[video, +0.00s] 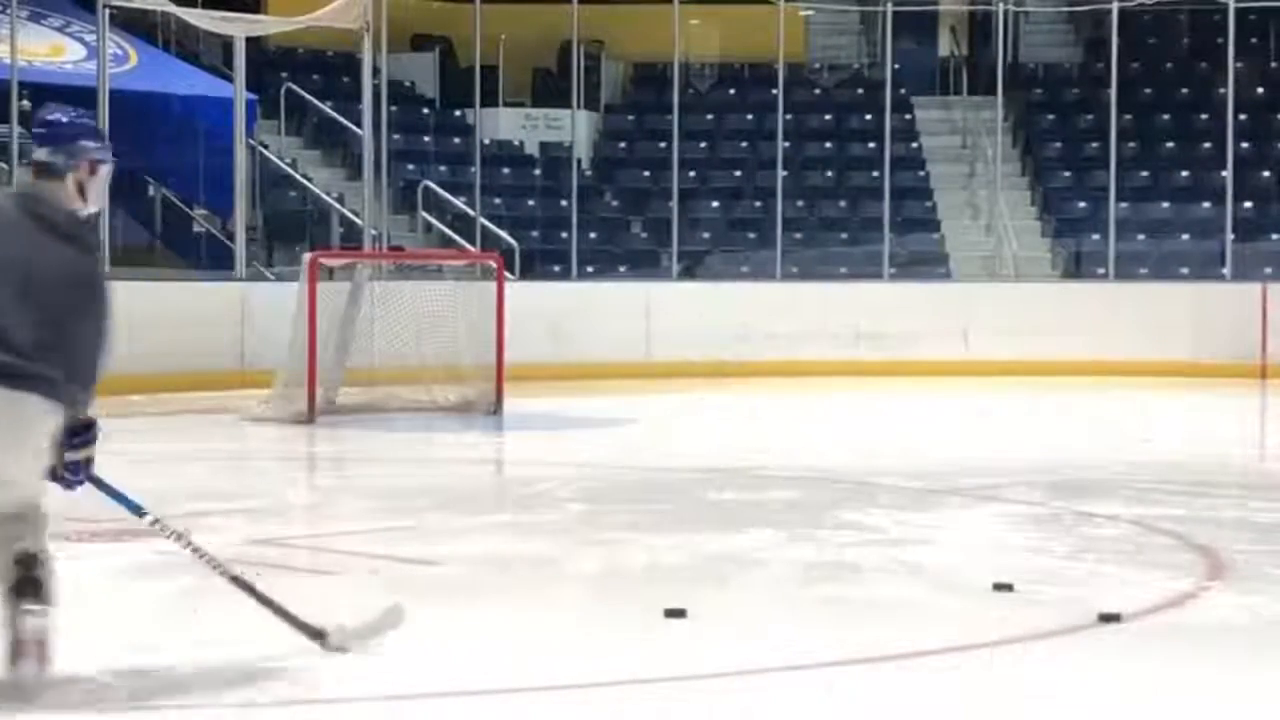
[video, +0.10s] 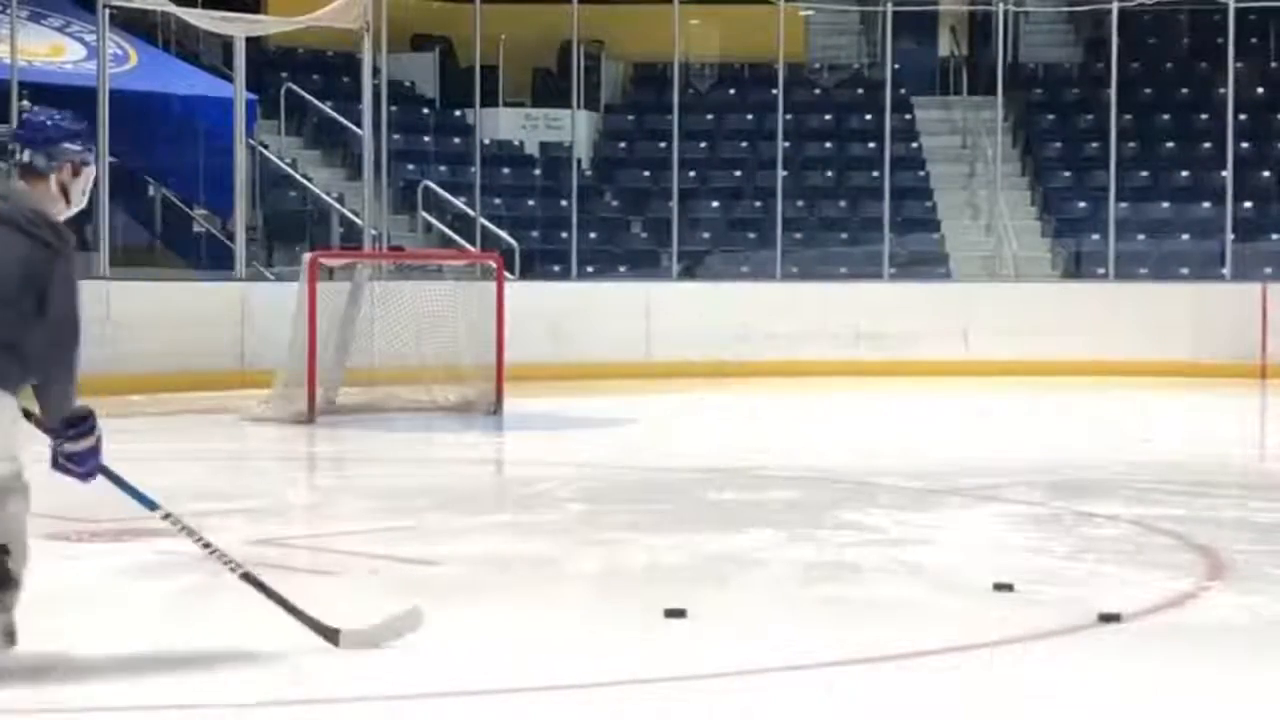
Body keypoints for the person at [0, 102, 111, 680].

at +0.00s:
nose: (104, 184)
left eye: (104, 171)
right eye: (101, 172)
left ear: (39, 166)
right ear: (82, 175)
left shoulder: (7, 213)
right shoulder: (79, 247)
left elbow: (82, 341)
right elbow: (85, 343)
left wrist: (76, 419)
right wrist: (78, 422)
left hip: (10, 389)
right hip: (34, 396)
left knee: (15, 506)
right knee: (20, 505)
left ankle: (24, 594)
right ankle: (27, 589)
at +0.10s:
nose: (87, 184)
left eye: (87, 170)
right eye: (82, 170)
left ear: (29, 165)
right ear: (62, 172)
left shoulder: (19, 226)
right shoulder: (46, 245)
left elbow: (38, 341)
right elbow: (52, 347)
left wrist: (53, 408)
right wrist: (66, 419)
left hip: (10, 387)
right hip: (4, 391)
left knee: (11, 492)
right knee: (10, 490)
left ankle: (8, 618)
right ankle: (5, 620)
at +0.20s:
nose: (82, 194)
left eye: (85, 180)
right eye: (81, 180)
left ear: (25, 166)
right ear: (63, 177)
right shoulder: (34, 249)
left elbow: (44, 355)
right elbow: (46, 358)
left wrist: (74, 419)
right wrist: (78, 421)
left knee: (8, 474)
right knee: (6, 473)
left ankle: (5, 588)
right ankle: (3, 591)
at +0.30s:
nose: (92, 200)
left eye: (95, 188)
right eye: (91, 188)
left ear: (41, 174)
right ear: (74, 187)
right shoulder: (38, 254)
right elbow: (58, 358)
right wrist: (98, 424)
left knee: (12, 454)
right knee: (10, 455)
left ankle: (9, 563)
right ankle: (8, 565)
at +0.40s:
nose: (109, 205)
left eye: (111, 194)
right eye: (108, 193)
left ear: (57, 179)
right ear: (89, 191)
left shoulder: (12, 206)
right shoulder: (54, 249)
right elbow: (73, 347)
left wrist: (12, 342)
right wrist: (110, 415)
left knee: (16, 442)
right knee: (16, 444)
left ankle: (20, 556)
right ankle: (21, 558)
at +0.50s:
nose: (124, 213)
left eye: (126, 201)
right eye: (124, 201)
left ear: (76, 188)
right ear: (108, 199)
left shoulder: (23, 215)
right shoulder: (68, 256)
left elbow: (7, 281)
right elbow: (91, 345)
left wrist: (27, 335)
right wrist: (123, 414)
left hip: (6, 348)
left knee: (22, 437)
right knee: (24, 439)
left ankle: (42, 551)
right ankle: (44, 554)